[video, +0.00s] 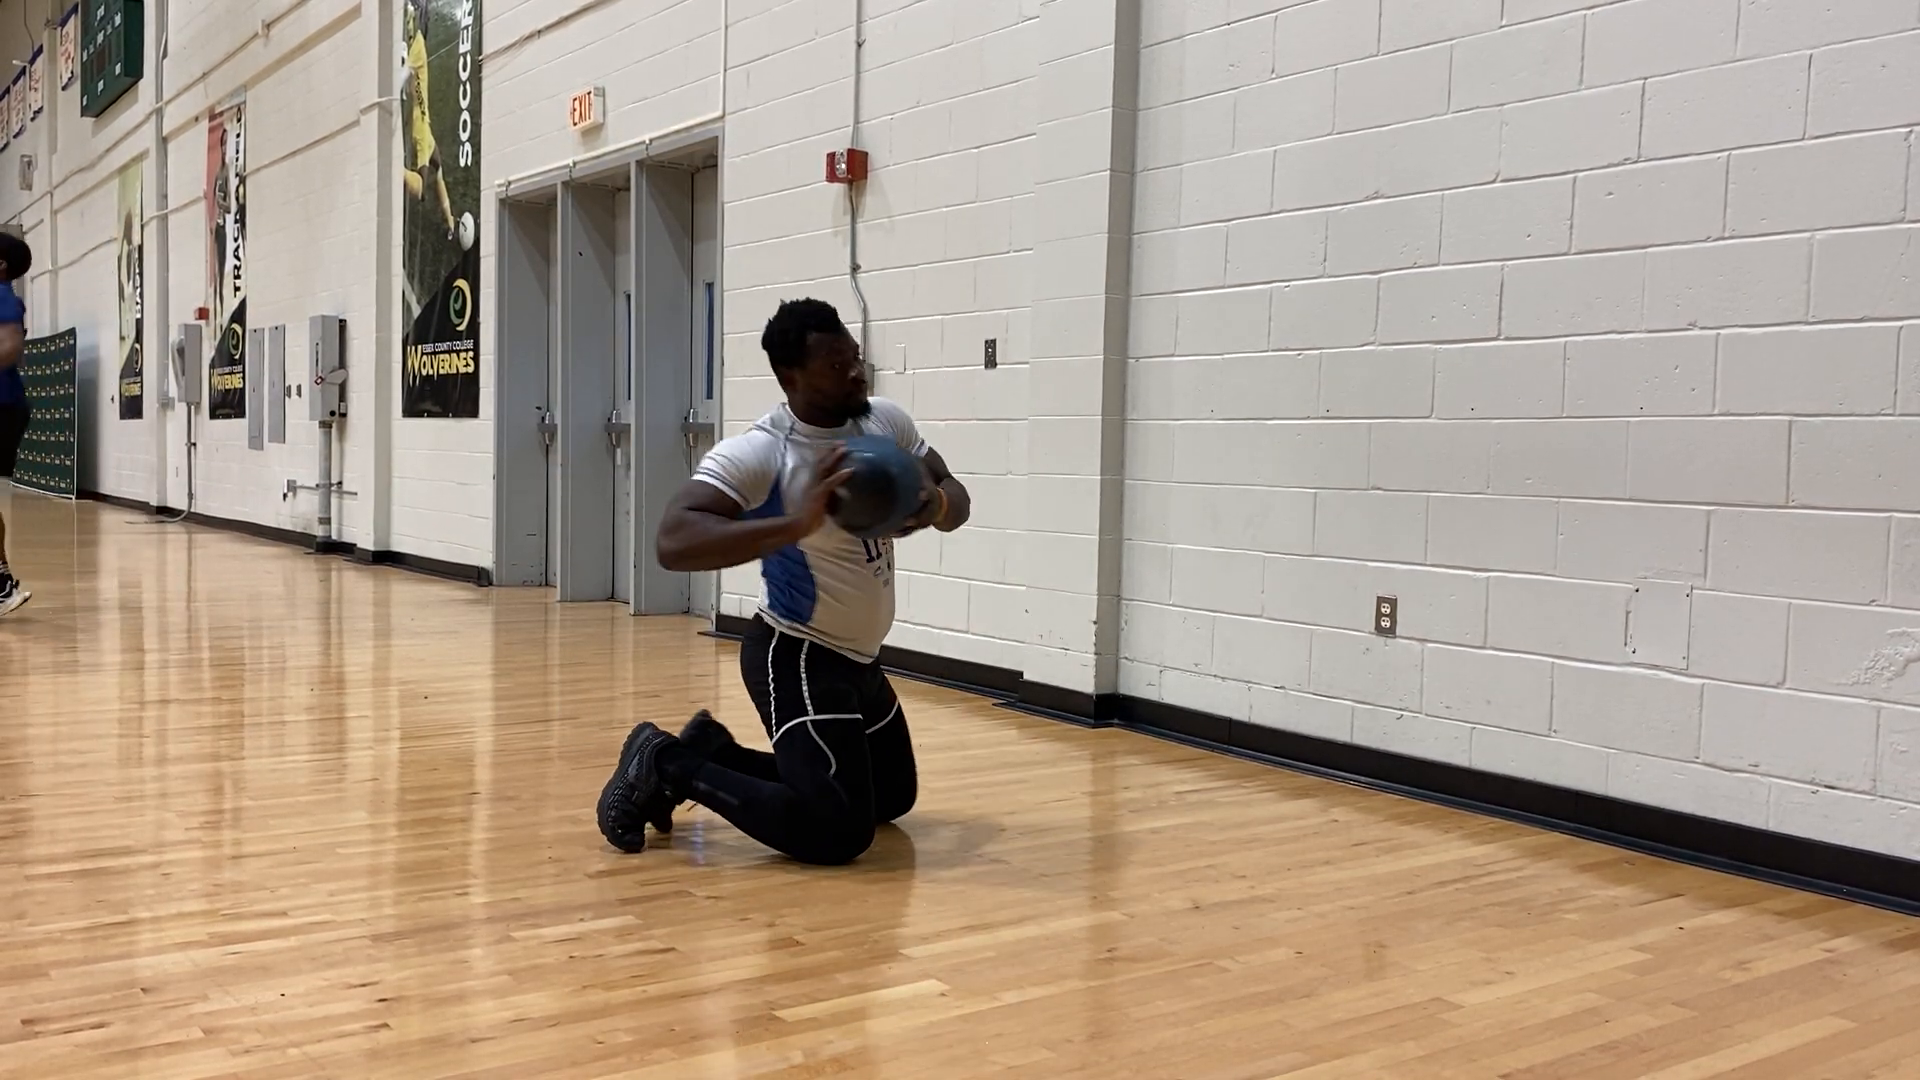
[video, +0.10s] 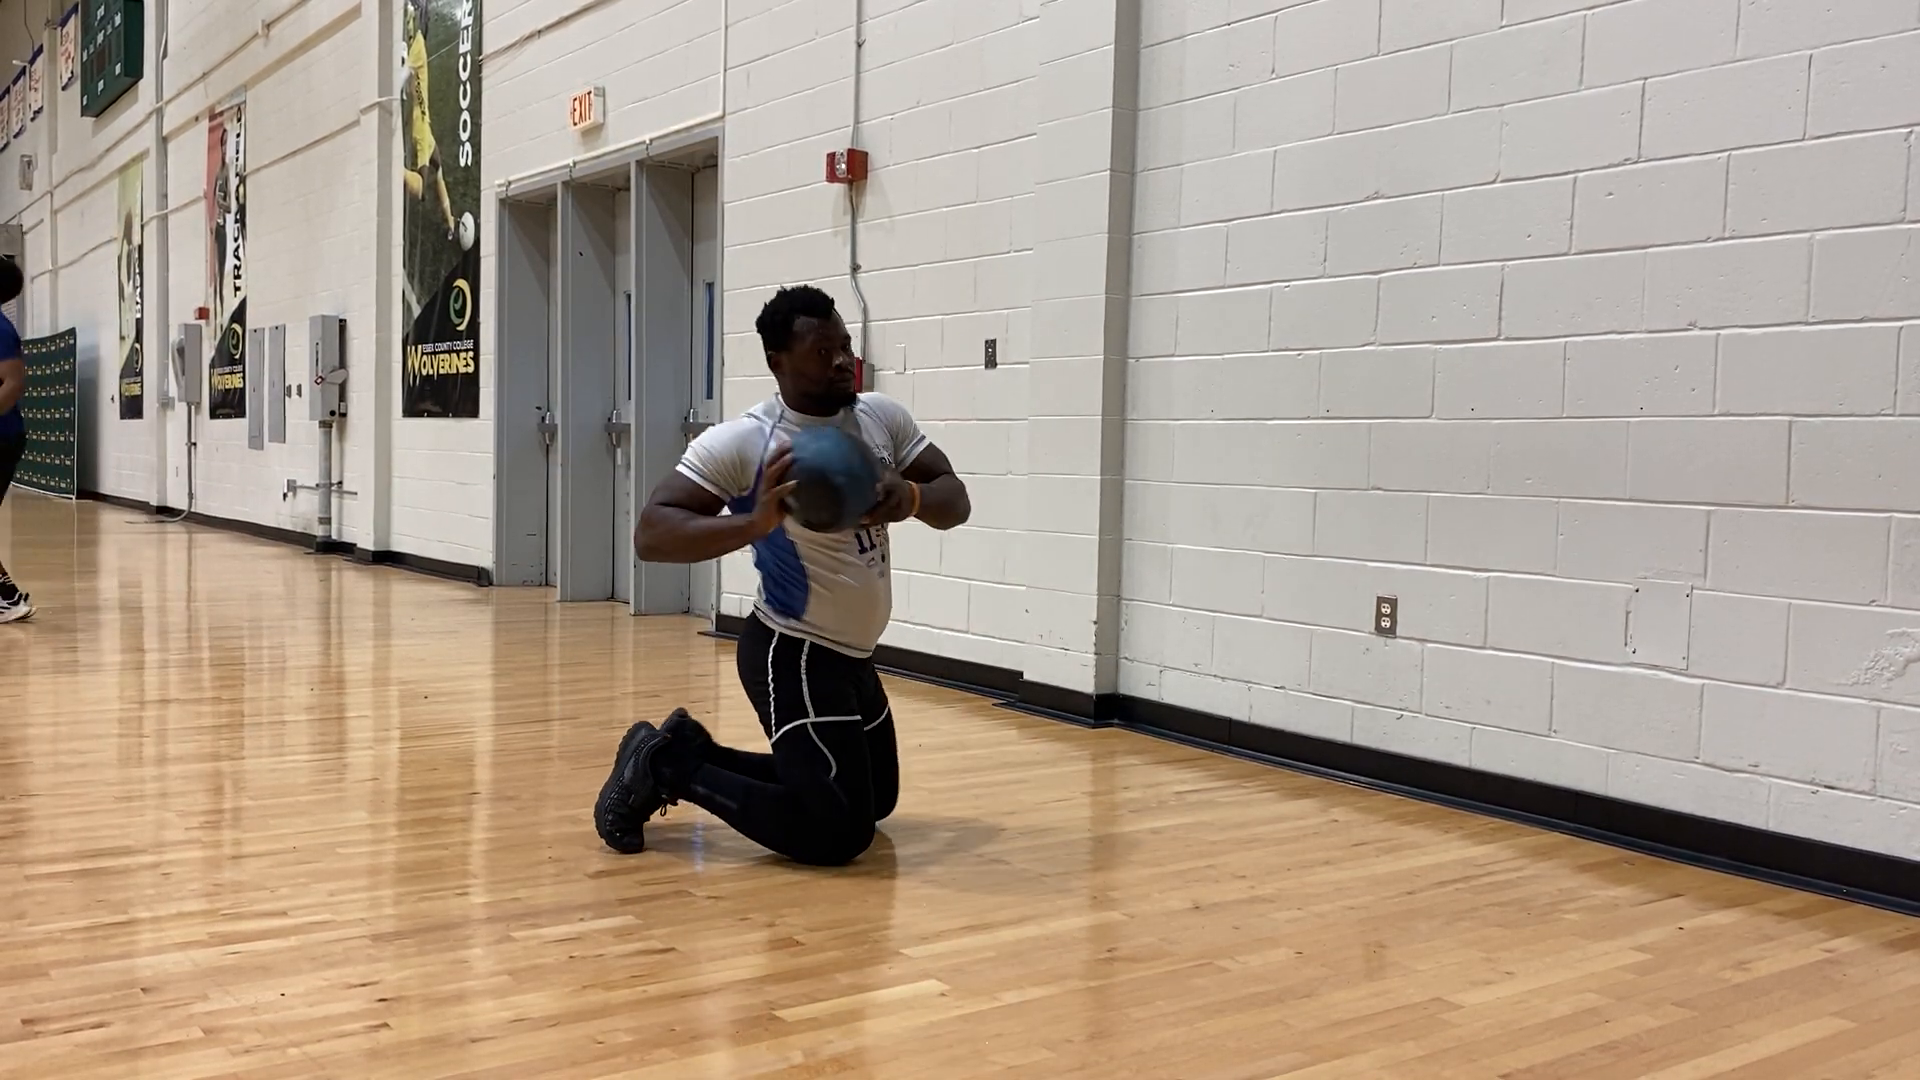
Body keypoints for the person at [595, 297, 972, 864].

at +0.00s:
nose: (857, 367)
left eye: (855, 353)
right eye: (837, 361)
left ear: (859, 347)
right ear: (790, 379)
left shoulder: (886, 423)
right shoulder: (762, 450)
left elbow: (954, 500)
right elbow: (674, 542)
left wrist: (934, 504)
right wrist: (793, 526)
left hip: (855, 657)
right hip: (796, 654)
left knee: (889, 793)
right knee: (837, 831)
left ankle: (717, 755)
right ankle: (667, 765)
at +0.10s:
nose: (844, 357)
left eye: (846, 343)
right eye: (824, 349)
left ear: (851, 341)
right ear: (778, 364)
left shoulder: (882, 419)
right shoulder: (742, 442)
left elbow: (954, 501)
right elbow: (652, 534)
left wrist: (914, 498)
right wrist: (748, 524)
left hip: (850, 653)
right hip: (792, 651)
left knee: (875, 795)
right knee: (836, 832)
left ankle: (699, 757)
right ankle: (667, 768)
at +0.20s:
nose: (839, 347)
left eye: (842, 333)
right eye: (819, 337)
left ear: (848, 336)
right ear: (774, 351)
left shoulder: (875, 414)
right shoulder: (731, 432)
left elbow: (945, 499)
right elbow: (655, 532)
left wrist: (900, 498)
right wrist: (743, 521)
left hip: (846, 650)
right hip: (789, 650)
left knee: (855, 808)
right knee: (832, 833)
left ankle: (682, 760)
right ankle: (663, 769)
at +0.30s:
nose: (839, 344)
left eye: (841, 332)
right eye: (819, 333)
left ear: (845, 336)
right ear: (772, 346)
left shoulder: (866, 414)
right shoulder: (728, 430)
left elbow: (931, 509)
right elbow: (665, 541)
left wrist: (902, 499)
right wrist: (768, 517)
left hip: (838, 648)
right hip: (787, 649)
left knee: (852, 810)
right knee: (830, 835)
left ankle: (678, 758)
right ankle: (660, 770)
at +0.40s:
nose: (843, 345)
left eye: (842, 332)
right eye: (825, 332)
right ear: (774, 342)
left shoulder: (847, 420)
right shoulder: (734, 428)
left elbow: (912, 523)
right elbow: (681, 546)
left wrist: (895, 496)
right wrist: (799, 508)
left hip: (832, 648)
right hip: (785, 650)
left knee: (852, 811)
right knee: (832, 834)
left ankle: (678, 757)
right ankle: (660, 771)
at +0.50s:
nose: (844, 346)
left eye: (842, 334)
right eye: (828, 335)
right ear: (778, 345)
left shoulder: (839, 423)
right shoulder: (742, 425)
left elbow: (880, 522)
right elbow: (708, 534)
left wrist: (919, 494)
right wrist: (828, 494)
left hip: (825, 648)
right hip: (783, 649)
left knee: (848, 804)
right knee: (834, 832)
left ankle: (679, 755)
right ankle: (662, 769)